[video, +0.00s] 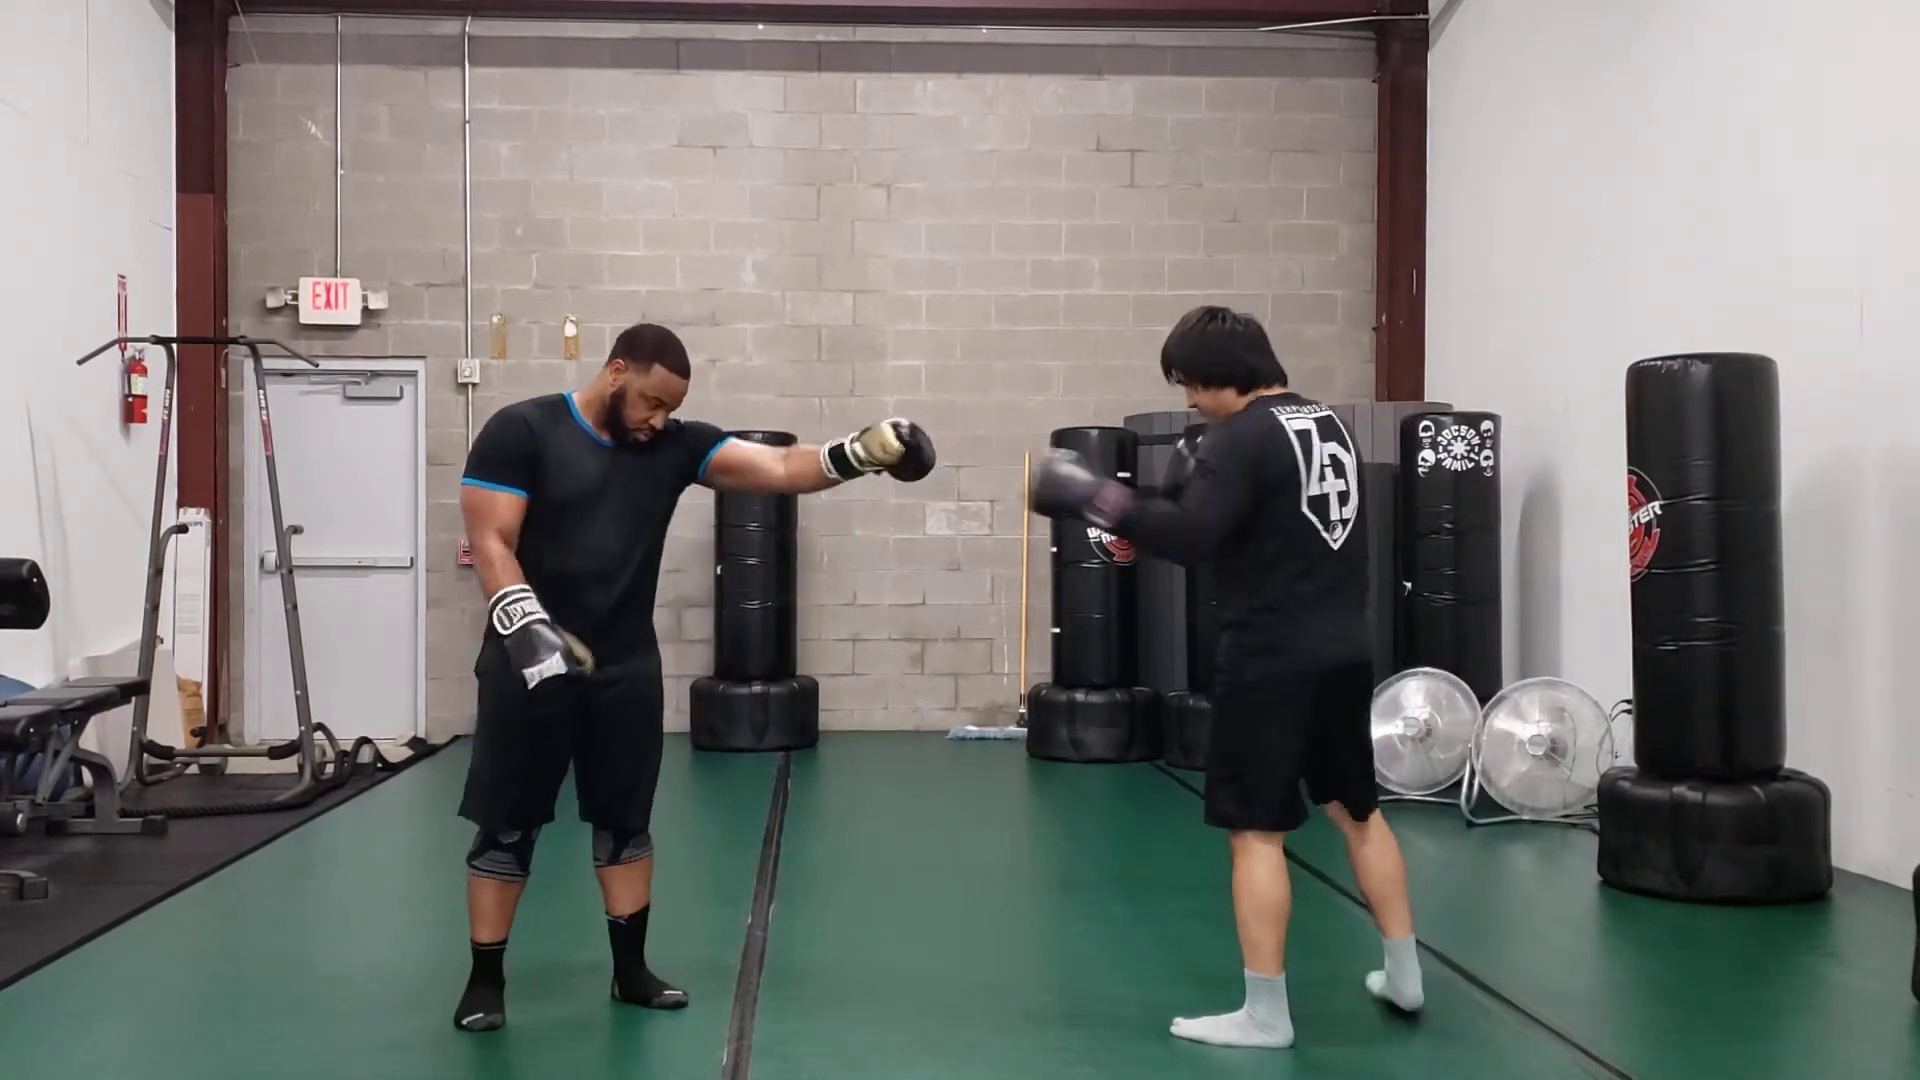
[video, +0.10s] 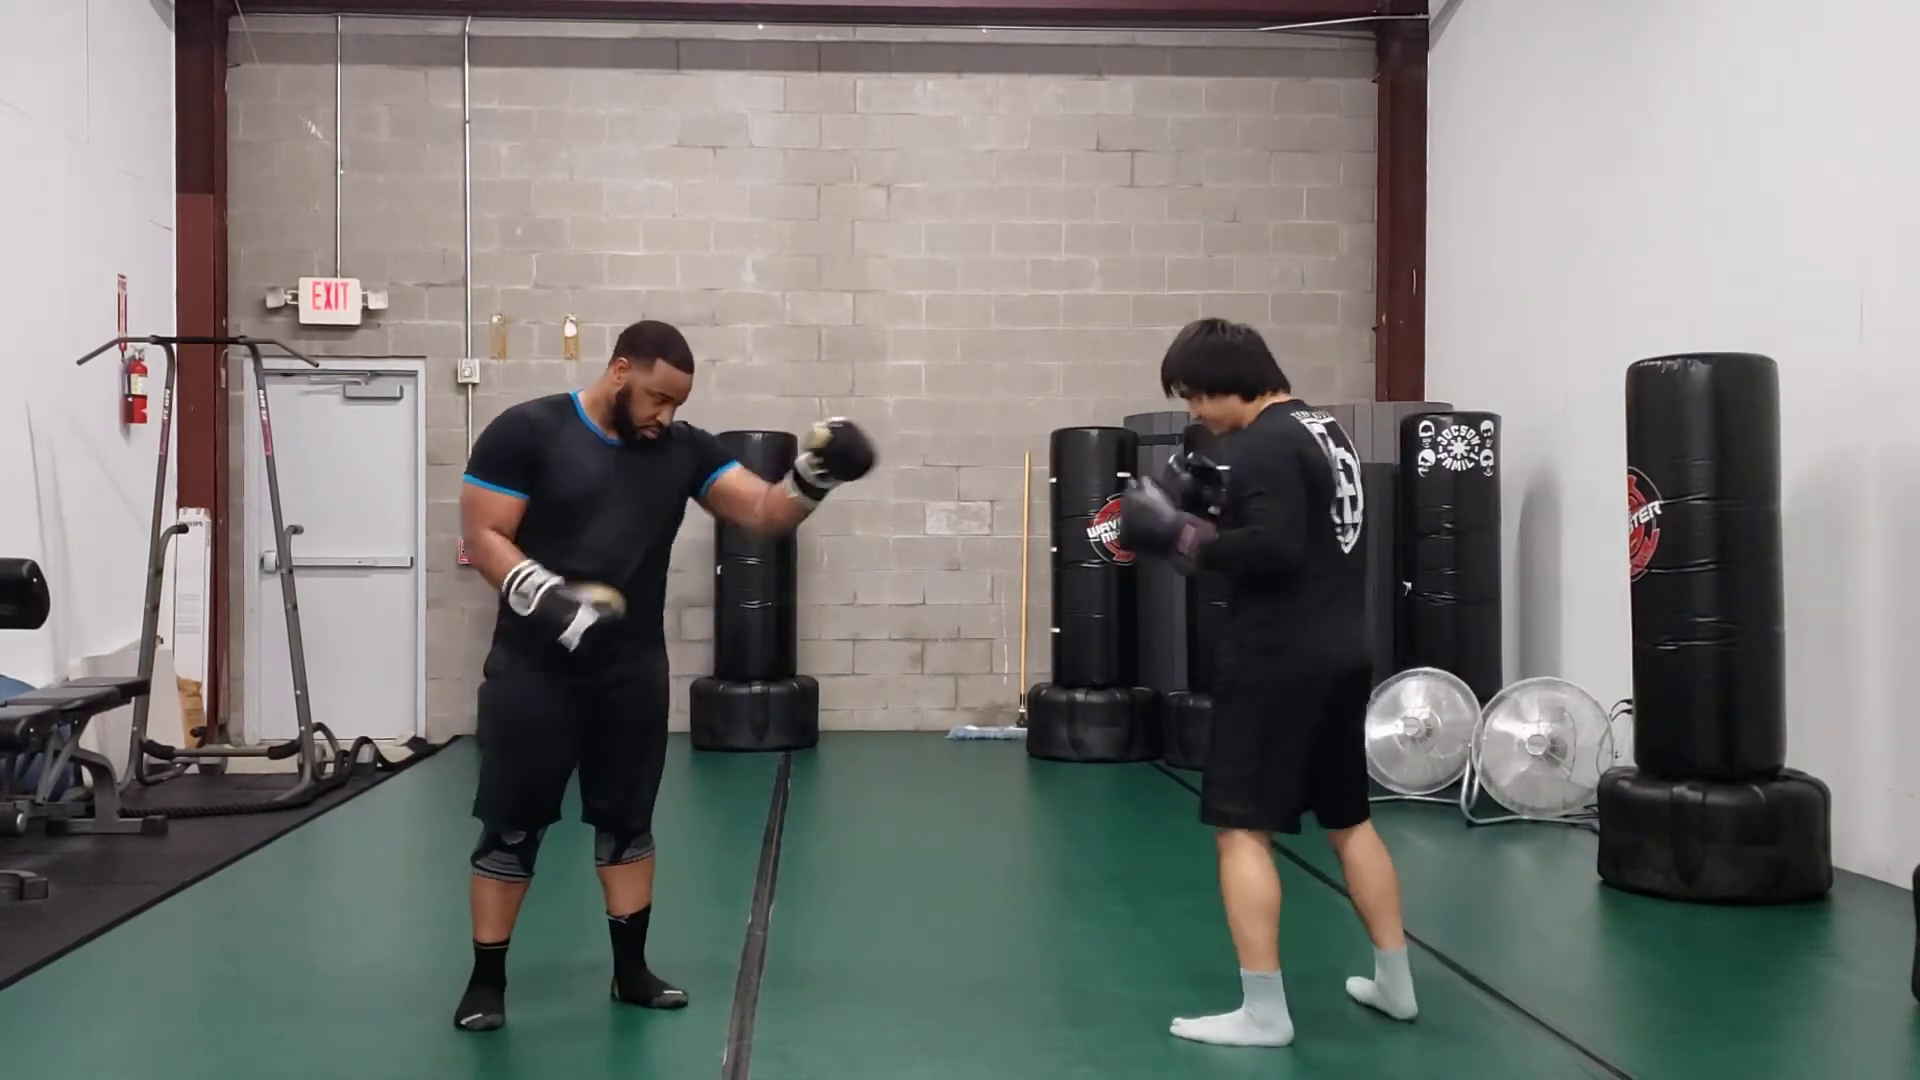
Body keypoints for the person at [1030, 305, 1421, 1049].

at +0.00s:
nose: (1190, 403)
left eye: (1192, 388)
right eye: (1186, 389)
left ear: (1226, 378)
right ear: (1261, 370)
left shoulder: (1243, 439)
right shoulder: (1329, 426)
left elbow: (1192, 532)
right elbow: (1276, 525)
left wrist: (1093, 497)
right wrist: (1163, 514)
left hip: (1268, 664)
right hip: (1342, 655)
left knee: (1256, 828)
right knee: (1359, 808)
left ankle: (1265, 1013)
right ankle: (1405, 973)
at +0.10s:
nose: (1192, 414)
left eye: (1194, 398)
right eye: (1187, 400)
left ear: (1232, 388)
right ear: (1253, 381)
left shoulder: (1267, 445)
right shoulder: (1318, 426)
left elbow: (1277, 547)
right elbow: (1301, 535)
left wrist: (1179, 534)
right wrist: (1214, 503)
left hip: (1274, 669)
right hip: (1340, 662)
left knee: (1241, 827)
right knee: (1349, 817)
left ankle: (1263, 1012)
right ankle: (1397, 983)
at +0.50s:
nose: (1161, 419)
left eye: (1165, 404)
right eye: (1157, 406)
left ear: (1200, 395)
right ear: (1224, 391)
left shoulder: (1247, 451)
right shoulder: (1269, 442)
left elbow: (1254, 548)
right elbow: (1242, 540)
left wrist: (1168, 532)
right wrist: (1161, 524)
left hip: (1266, 671)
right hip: (1324, 668)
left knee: (1204, 822)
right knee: (1340, 821)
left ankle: (1176, 995)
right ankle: (1396, 983)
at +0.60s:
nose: (1133, 442)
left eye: (1133, 428)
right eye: (1128, 430)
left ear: (1165, 414)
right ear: (1181, 405)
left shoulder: (1215, 459)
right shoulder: (1248, 445)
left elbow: (1217, 564)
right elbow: (1236, 551)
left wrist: (1138, 553)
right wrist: (1154, 520)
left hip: (1250, 668)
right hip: (1305, 663)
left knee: (1172, 818)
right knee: (1295, 811)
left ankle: (1171, 997)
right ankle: (1385, 955)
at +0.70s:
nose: (1107, 454)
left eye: (1110, 440)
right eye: (1102, 442)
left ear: (1144, 425)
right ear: (1160, 419)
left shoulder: (1184, 470)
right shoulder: (1225, 448)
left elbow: (1186, 572)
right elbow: (1221, 548)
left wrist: (1107, 560)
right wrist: (1138, 519)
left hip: (1233, 665)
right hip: (1282, 661)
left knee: (1156, 818)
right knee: (1251, 796)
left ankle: (1170, 998)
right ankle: (1348, 933)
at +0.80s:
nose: (1096, 454)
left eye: (1100, 439)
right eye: (1092, 441)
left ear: (1134, 427)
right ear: (1157, 420)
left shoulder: (1173, 471)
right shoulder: (1211, 452)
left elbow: (1172, 566)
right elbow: (1200, 550)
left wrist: (1091, 553)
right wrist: (1121, 518)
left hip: (1219, 670)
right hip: (1270, 665)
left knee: (1135, 814)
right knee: (1240, 801)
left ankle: (1168, 994)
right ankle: (1297, 955)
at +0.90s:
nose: (1095, 456)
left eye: (1100, 442)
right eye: (1092, 444)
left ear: (1136, 435)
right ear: (1156, 429)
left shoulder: (1173, 476)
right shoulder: (1204, 461)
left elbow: (1162, 571)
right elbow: (1191, 559)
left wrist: (1085, 558)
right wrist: (1114, 521)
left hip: (1210, 674)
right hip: (1253, 672)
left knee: (1087, 799)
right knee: (1225, 810)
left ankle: (1150, 964)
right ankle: (1298, 960)